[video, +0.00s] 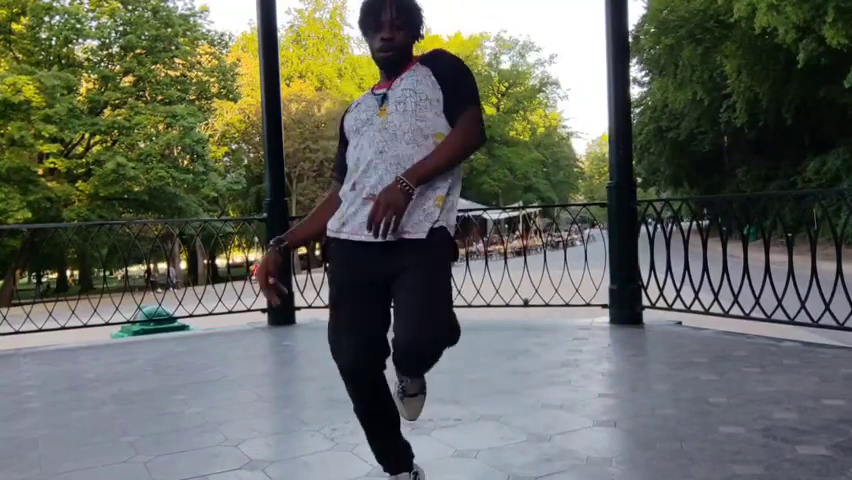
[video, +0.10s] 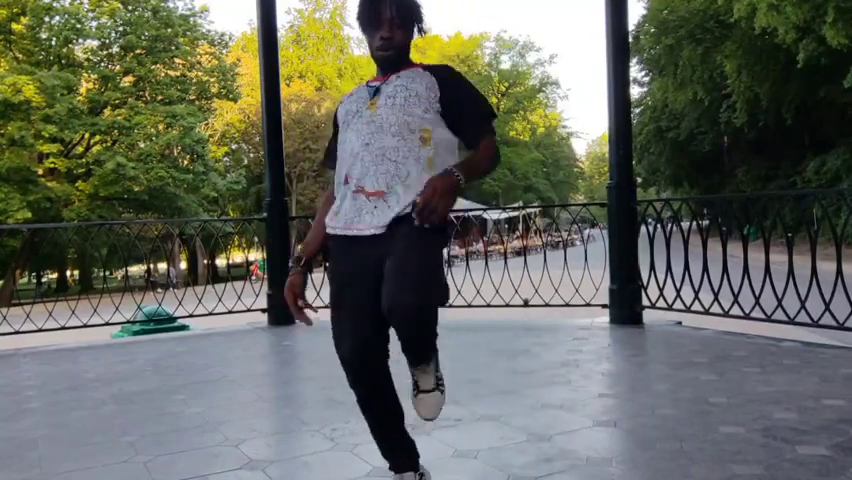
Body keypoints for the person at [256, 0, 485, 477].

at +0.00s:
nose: (388, 34)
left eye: (399, 24)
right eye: (377, 26)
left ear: (416, 29)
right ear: (364, 35)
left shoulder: (440, 66)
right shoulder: (353, 113)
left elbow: (471, 132)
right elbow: (340, 192)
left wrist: (405, 183)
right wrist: (282, 245)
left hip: (422, 237)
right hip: (354, 243)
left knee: (424, 338)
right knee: (354, 358)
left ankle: (407, 370)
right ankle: (399, 468)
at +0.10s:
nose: (387, 34)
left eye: (397, 24)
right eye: (376, 25)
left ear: (413, 28)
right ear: (363, 32)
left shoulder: (439, 80)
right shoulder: (349, 105)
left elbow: (488, 150)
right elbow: (339, 192)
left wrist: (454, 176)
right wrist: (302, 261)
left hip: (414, 221)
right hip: (351, 232)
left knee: (406, 301)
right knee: (357, 357)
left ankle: (422, 362)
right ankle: (406, 468)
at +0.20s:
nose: (379, 28)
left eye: (390, 18)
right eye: (369, 19)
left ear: (406, 24)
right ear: (358, 28)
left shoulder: (431, 79)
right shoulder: (342, 99)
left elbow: (468, 148)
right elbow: (343, 185)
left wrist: (496, 172)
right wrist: (316, 247)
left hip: (415, 199)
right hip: (356, 221)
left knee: (403, 271)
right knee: (368, 354)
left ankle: (428, 365)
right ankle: (415, 469)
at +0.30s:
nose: (367, 27)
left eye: (379, 16)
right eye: (357, 17)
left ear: (394, 22)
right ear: (343, 25)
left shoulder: (421, 76)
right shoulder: (334, 93)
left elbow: (474, 146)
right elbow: (343, 181)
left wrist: (533, 149)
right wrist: (310, 233)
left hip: (413, 199)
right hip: (353, 225)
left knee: (411, 260)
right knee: (374, 361)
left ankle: (431, 354)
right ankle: (422, 469)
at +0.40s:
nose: (356, 30)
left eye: (368, 19)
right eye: (345, 20)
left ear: (384, 23)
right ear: (331, 25)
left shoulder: (420, 70)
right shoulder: (327, 97)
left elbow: (501, 101)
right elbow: (331, 178)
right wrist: (288, 229)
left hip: (416, 210)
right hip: (353, 229)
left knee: (414, 285)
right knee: (357, 357)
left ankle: (410, 347)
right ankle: (412, 467)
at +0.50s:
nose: (350, 39)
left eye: (362, 29)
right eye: (340, 29)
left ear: (379, 30)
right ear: (326, 33)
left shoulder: (420, 60)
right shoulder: (327, 105)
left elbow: (498, 46)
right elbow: (317, 179)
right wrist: (261, 221)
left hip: (424, 233)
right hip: (354, 242)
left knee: (422, 330)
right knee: (347, 351)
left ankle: (346, 354)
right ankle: (393, 468)